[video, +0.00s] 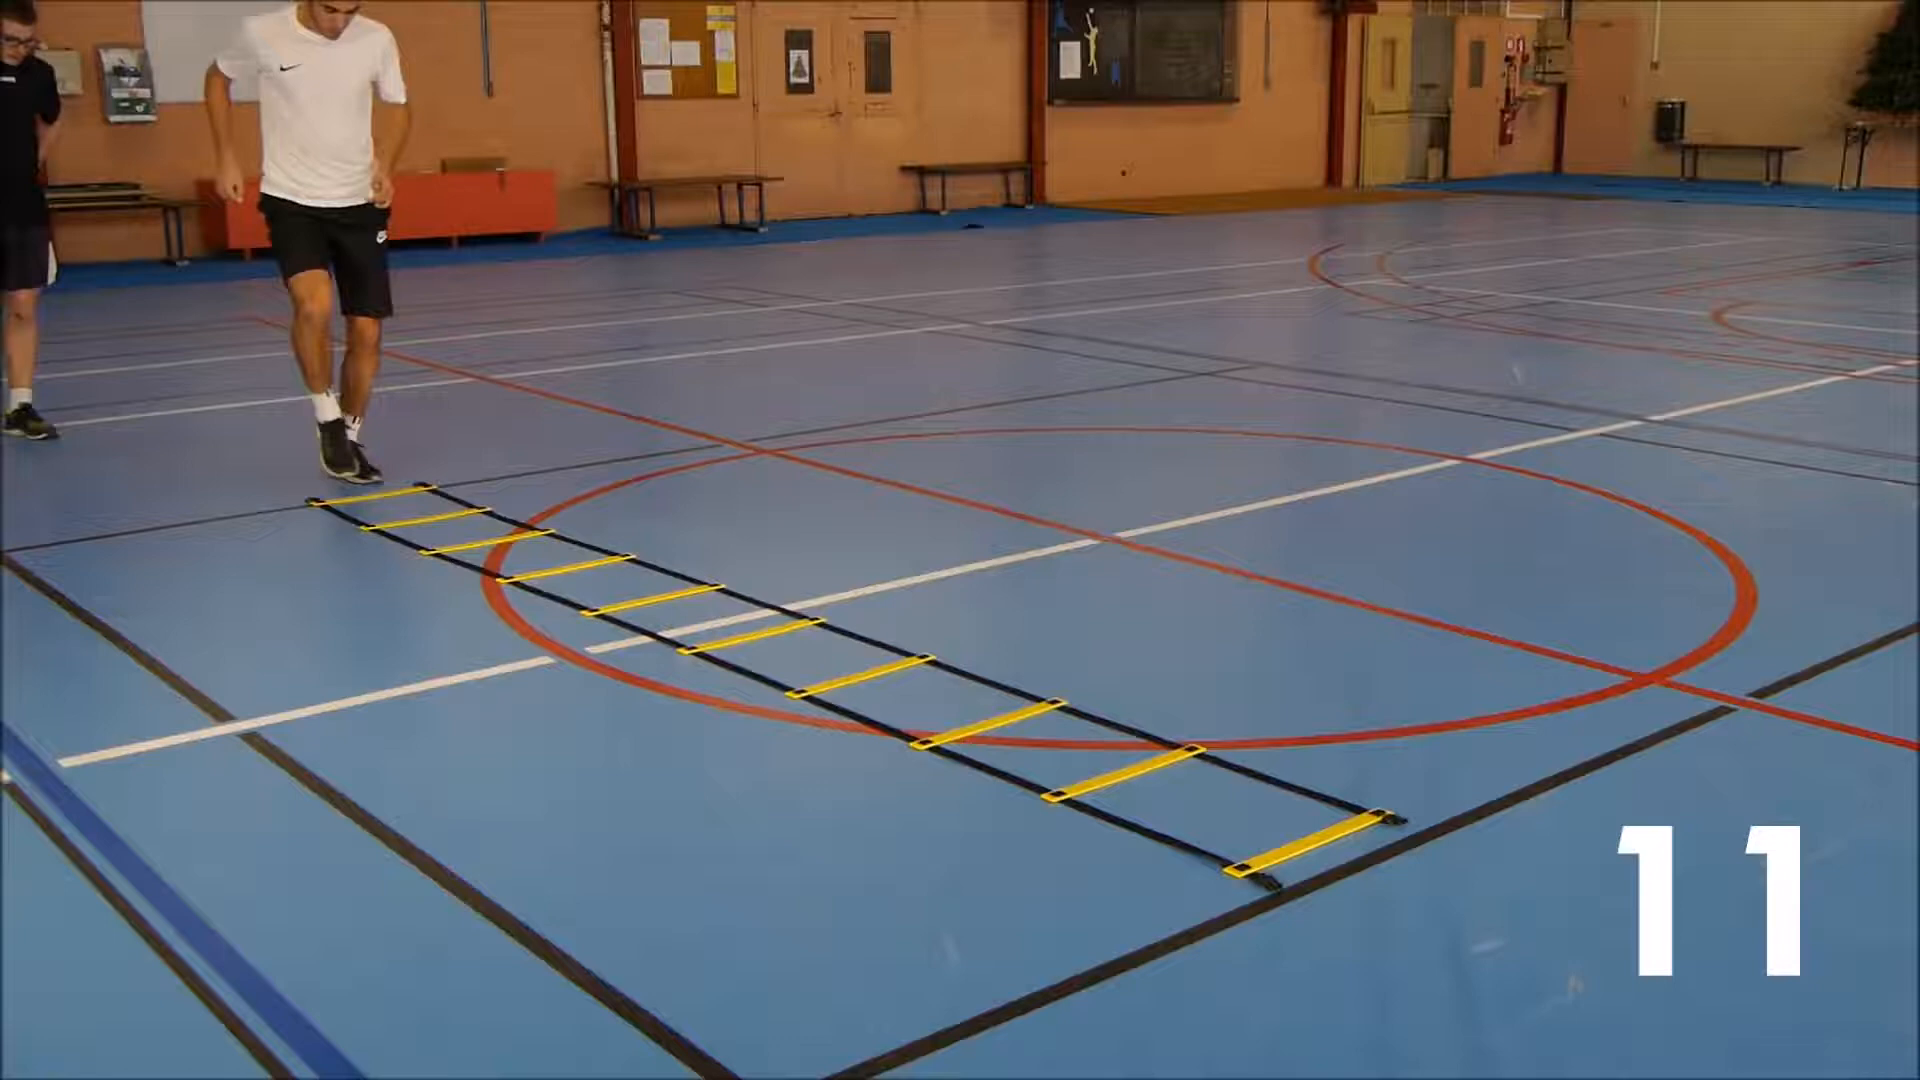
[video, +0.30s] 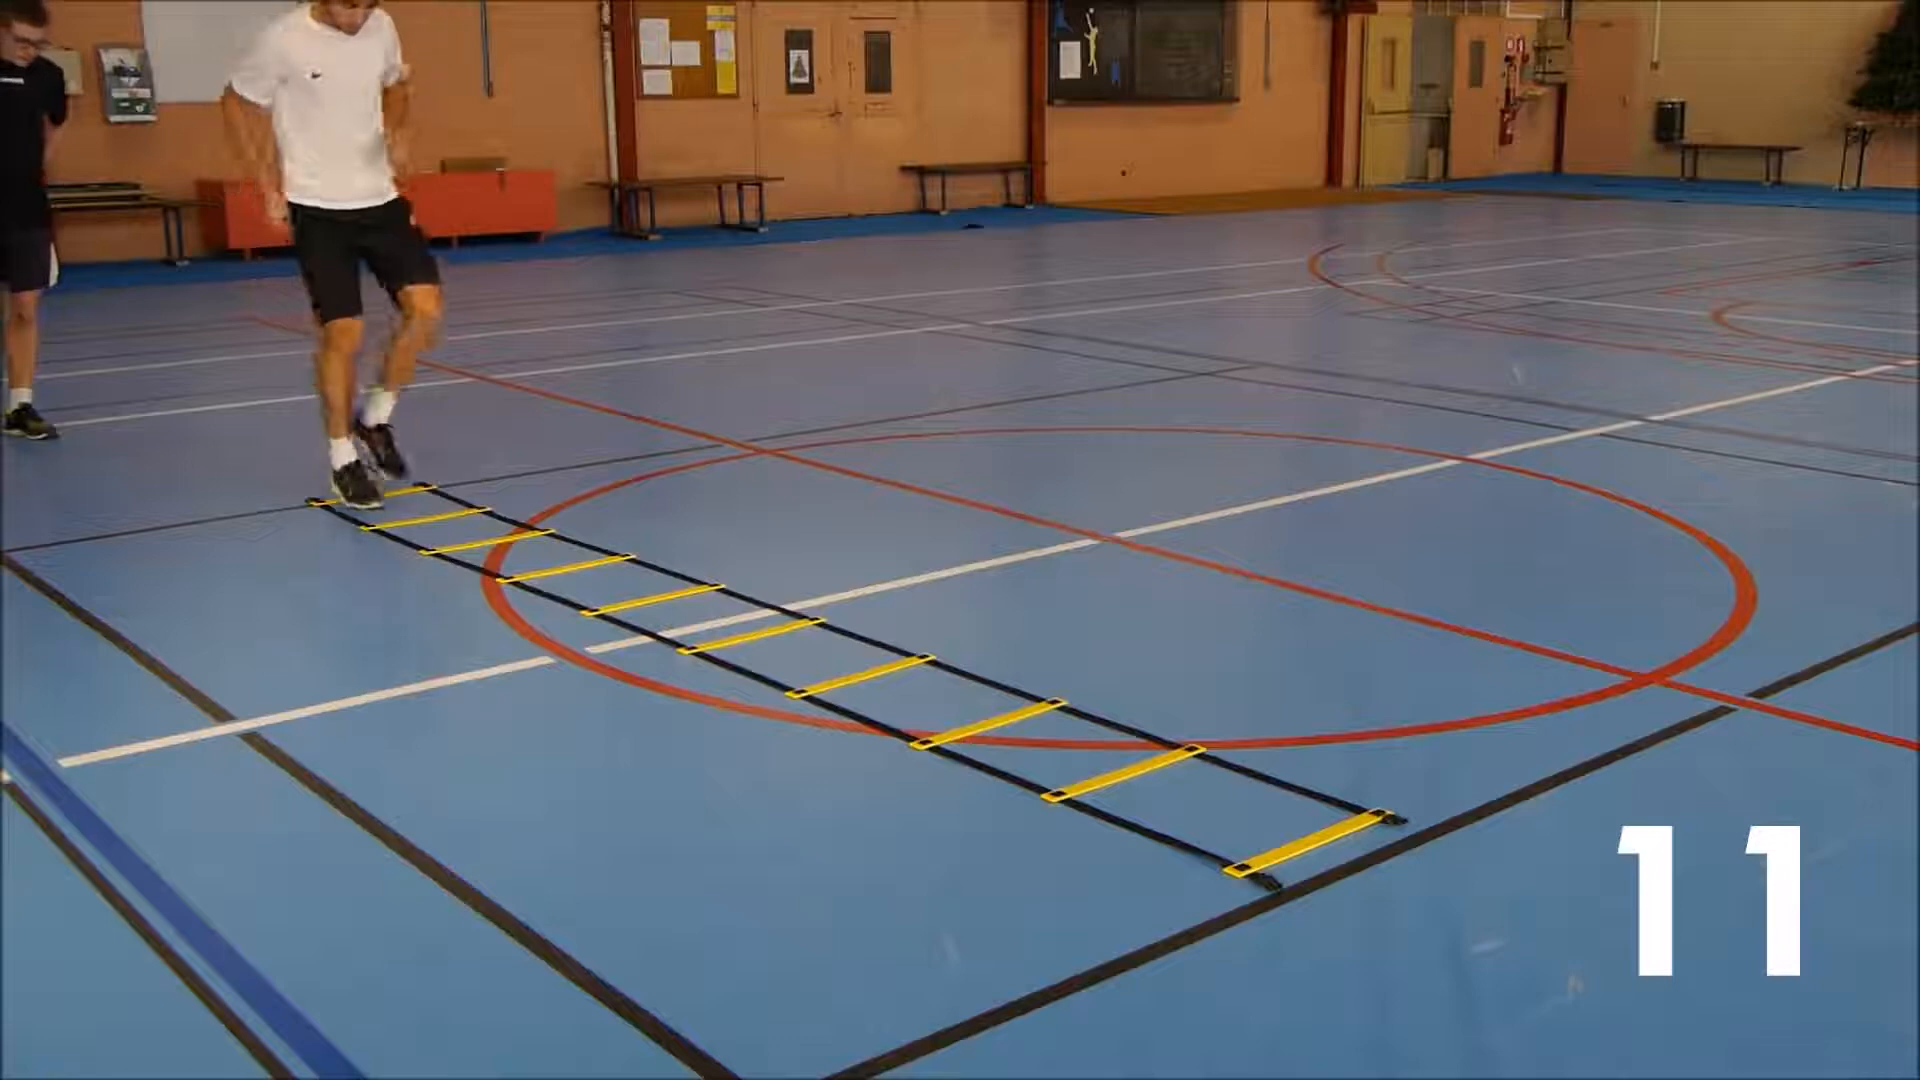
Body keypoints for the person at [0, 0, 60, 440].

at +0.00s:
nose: (18, 48)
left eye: (26, 41)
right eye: (10, 39)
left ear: (35, 37)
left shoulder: (38, 73)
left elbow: (50, 124)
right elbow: (51, 125)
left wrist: (30, 166)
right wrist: (29, 164)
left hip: (22, 203)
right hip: (9, 204)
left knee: (24, 305)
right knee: (17, 306)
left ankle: (20, 404)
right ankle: (18, 404)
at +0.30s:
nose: (29, 50)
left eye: (37, 42)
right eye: (22, 41)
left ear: (45, 38)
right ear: (2, 33)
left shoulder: (47, 75)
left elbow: (51, 133)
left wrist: (36, 176)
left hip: (25, 205)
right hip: (7, 206)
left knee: (25, 306)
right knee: (17, 308)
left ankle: (20, 403)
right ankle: (18, 403)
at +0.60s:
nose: (30, 53)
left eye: (37, 45)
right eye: (22, 44)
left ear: (46, 41)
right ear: (4, 37)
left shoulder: (51, 76)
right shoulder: (1, 76)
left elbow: (56, 130)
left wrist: (37, 173)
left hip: (34, 209)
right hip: (6, 211)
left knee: (32, 308)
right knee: (9, 312)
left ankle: (26, 399)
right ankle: (11, 410)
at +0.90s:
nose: (26, 48)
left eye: (34, 40)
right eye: (18, 39)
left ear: (43, 35)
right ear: (1, 31)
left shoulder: (48, 68)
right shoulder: (0, 70)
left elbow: (56, 125)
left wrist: (47, 177)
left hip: (44, 206)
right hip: (6, 211)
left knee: (57, 304)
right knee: (7, 311)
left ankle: (35, 391)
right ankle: (12, 413)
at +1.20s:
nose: (62, 48)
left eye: (69, 38)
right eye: (54, 38)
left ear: (76, 32)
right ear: (26, 27)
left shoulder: (73, 68)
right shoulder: (6, 69)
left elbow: (63, 124)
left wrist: (66, 177)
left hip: (74, 205)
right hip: (20, 211)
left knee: (106, 308)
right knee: (16, 314)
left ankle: (136, 409)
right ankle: (17, 415)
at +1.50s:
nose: (108, 24)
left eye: (116, 17)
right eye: (100, 15)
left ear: (124, 19)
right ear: (83, 15)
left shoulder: (133, 74)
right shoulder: (50, 65)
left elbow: (165, 129)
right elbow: (3, 120)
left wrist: (171, 185)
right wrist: (28, 180)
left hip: (125, 211)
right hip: (69, 213)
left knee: (137, 313)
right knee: (53, 313)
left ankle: (154, 413)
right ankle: (32, 411)